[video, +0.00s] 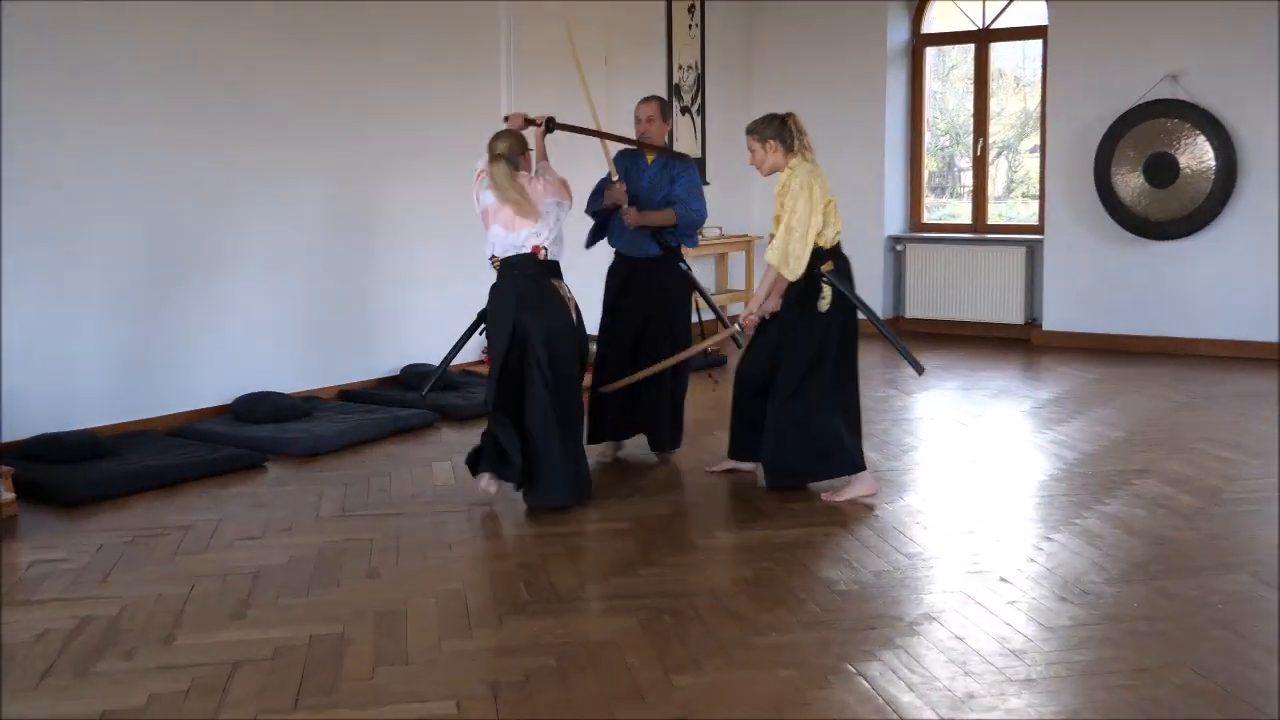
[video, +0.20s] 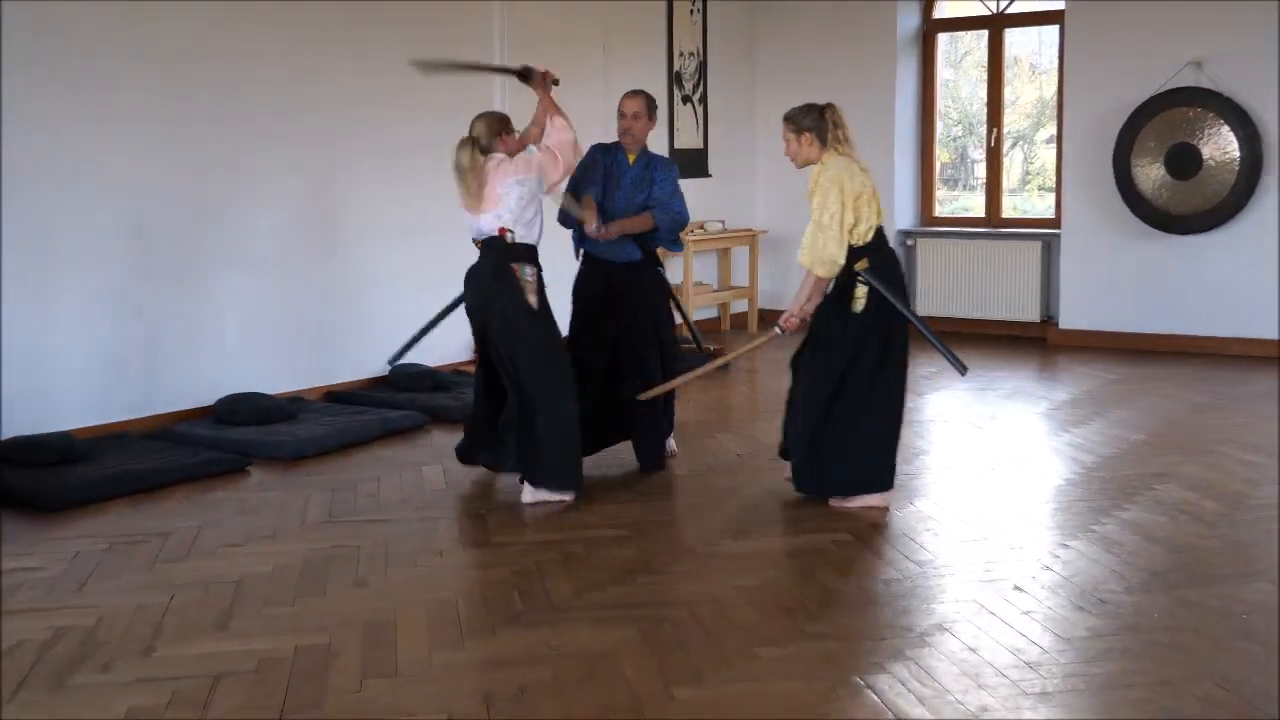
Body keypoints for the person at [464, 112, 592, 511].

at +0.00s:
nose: (529, 156)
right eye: (527, 152)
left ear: (493, 161)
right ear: (527, 156)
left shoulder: (485, 195)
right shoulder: (548, 188)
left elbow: (489, 163)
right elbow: (553, 178)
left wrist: (508, 130)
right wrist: (540, 146)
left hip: (506, 289)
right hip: (544, 287)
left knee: (511, 378)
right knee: (555, 380)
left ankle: (497, 463)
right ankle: (556, 480)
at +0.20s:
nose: (518, 135)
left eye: (515, 131)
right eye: (514, 131)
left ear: (482, 142)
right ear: (503, 140)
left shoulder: (478, 170)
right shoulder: (520, 169)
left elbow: (527, 143)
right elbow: (565, 147)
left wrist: (542, 97)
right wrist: (547, 98)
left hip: (483, 276)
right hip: (516, 277)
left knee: (512, 368)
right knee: (547, 369)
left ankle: (520, 463)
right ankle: (542, 481)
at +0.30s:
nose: (515, 125)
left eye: (512, 120)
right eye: (511, 120)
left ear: (480, 129)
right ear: (501, 126)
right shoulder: (501, 157)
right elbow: (552, 116)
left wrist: (551, 86)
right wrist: (532, 71)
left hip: (480, 267)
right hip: (499, 267)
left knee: (510, 360)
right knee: (523, 359)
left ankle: (533, 457)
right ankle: (525, 465)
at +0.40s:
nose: (508, 127)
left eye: (507, 121)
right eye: (504, 122)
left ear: (482, 128)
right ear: (487, 127)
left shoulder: (495, 168)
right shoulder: (478, 158)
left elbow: (541, 156)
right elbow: (522, 126)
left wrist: (551, 99)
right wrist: (530, 77)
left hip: (491, 267)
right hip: (476, 268)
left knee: (501, 354)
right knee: (494, 359)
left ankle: (483, 434)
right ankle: (462, 456)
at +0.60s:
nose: (482, 135)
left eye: (483, 128)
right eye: (473, 127)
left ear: (486, 131)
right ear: (451, 130)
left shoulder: (490, 166)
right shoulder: (440, 164)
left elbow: (505, 165)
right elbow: (464, 127)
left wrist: (507, 123)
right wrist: (512, 108)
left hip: (482, 266)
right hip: (446, 264)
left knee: (494, 348)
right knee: (436, 347)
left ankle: (469, 440)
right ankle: (410, 430)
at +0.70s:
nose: (471, 139)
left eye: (474, 131)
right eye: (463, 133)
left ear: (479, 135)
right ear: (445, 137)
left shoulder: (487, 171)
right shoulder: (431, 173)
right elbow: (423, 138)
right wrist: (474, 125)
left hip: (475, 268)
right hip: (439, 266)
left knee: (482, 348)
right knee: (436, 343)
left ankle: (467, 438)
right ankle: (420, 417)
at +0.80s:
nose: (462, 136)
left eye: (465, 130)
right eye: (454, 131)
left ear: (469, 134)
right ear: (436, 135)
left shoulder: (471, 171)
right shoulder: (424, 167)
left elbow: (442, 204)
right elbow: (401, 183)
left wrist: (420, 153)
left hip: (469, 266)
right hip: (434, 263)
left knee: (475, 347)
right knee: (430, 340)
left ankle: (473, 435)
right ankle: (427, 415)